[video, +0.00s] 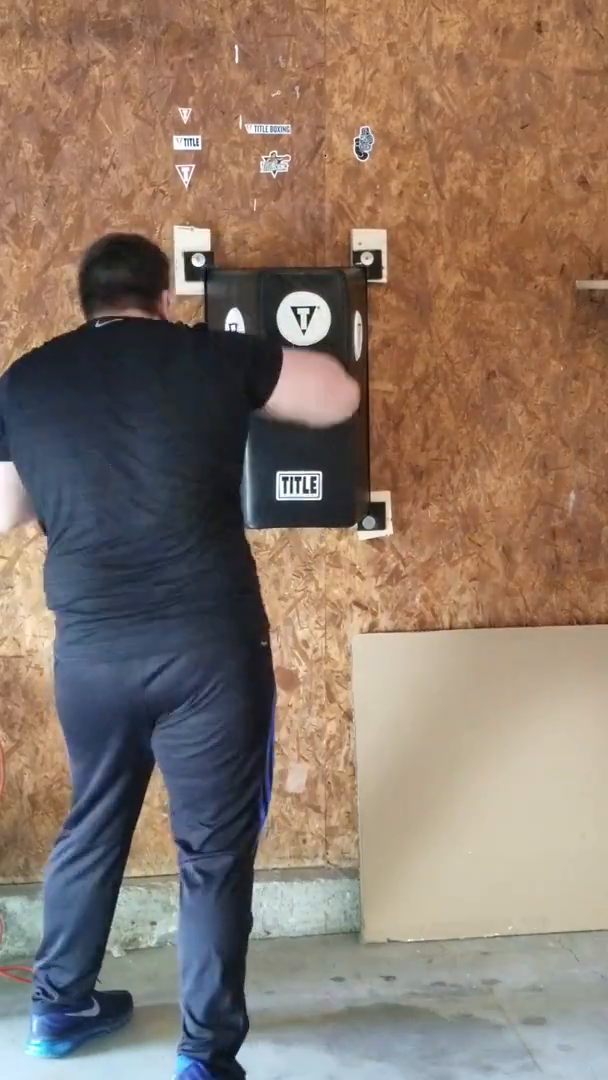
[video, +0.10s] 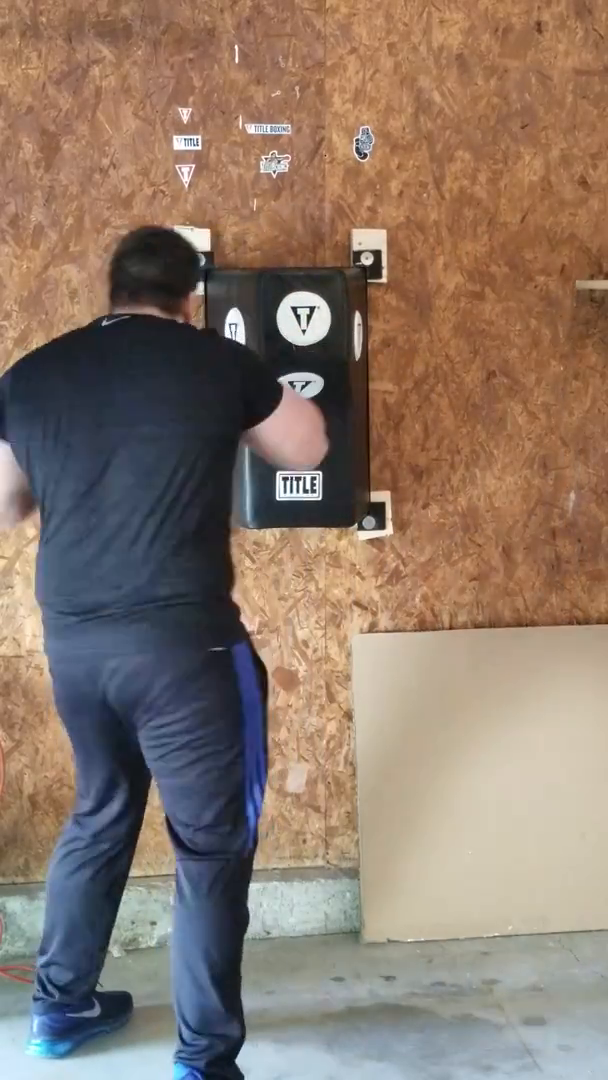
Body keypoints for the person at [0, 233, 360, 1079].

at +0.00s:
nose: (165, 300)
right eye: (166, 290)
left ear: (83, 303)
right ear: (164, 296)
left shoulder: (22, 381)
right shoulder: (214, 356)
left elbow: (17, 511)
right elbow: (338, 396)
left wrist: (81, 478)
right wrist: (246, 362)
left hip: (91, 651)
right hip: (209, 642)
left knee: (92, 820)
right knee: (213, 855)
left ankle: (60, 1004)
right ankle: (208, 1048)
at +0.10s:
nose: (199, 309)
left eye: (190, 298)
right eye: (199, 299)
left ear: (111, 293)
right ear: (188, 300)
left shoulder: (33, 374)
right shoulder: (213, 366)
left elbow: (12, 504)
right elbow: (306, 445)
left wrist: (81, 460)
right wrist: (244, 380)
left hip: (73, 646)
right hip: (178, 640)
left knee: (99, 812)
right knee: (209, 843)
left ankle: (60, 1004)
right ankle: (206, 1049)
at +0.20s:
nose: (229, 310)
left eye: (228, 299)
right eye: (230, 299)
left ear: (140, 280)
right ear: (216, 296)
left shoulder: (44, 349)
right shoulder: (205, 361)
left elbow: (2, 425)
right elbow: (285, 467)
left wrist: (77, 394)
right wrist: (253, 377)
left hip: (58, 637)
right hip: (155, 640)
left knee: (104, 808)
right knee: (203, 838)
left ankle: (63, 1004)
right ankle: (204, 1048)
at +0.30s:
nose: (238, 319)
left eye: (236, 307)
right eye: (240, 307)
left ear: (157, 278)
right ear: (224, 305)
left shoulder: (83, 332)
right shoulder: (183, 364)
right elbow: (266, 466)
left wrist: (207, 369)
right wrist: (250, 369)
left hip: (46, 623)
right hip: (126, 634)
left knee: (99, 798)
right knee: (197, 822)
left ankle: (65, 1002)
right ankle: (168, 1042)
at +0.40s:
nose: (239, 322)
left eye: (242, 310)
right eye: (242, 309)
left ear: (168, 271)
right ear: (224, 305)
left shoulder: (99, 325)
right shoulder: (152, 362)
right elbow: (233, 481)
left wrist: (205, 355)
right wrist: (253, 389)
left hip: (52, 612)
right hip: (109, 624)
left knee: (105, 801)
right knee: (162, 818)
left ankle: (59, 1002)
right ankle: (87, 1033)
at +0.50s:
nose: (243, 348)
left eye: (248, 336)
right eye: (248, 333)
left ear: (174, 290)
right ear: (226, 325)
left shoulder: (93, 340)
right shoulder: (143, 371)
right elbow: (223, 507)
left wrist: (211, 406)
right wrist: (259, 420)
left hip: (90, 617)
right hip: (90, 627)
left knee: (132, 780)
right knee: (113, 822)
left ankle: (58, 962)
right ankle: (59, 1041)